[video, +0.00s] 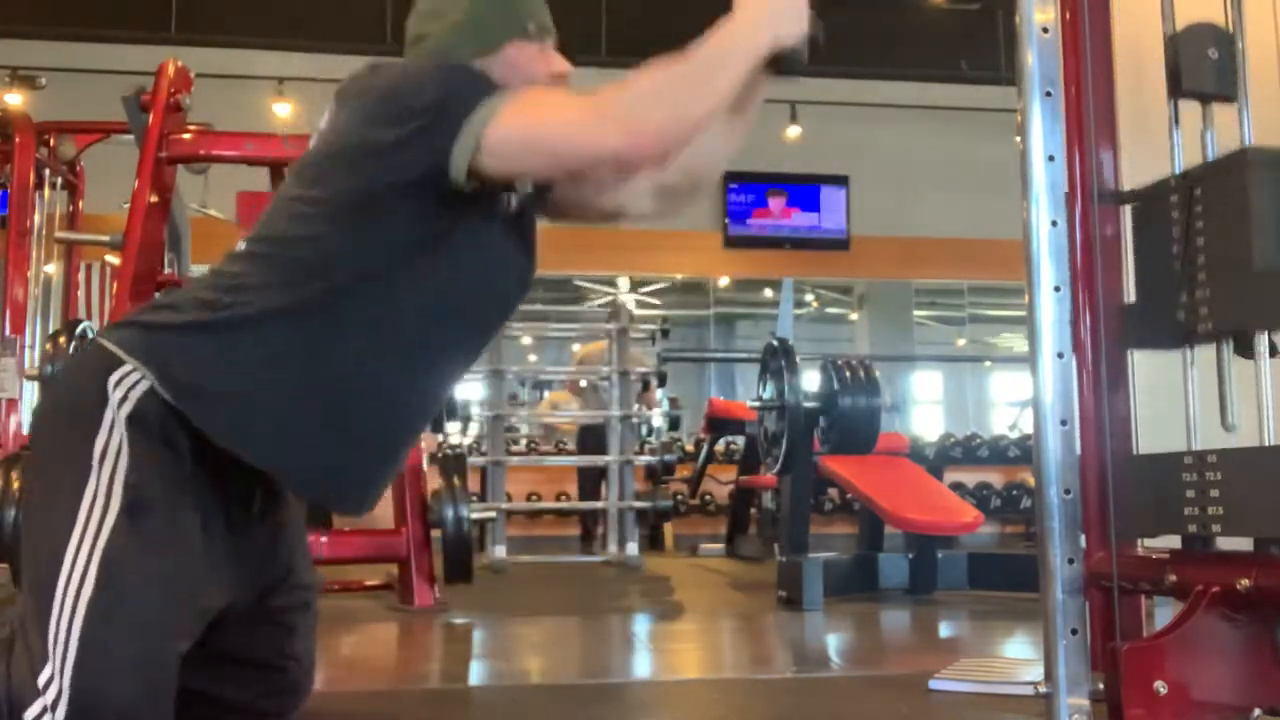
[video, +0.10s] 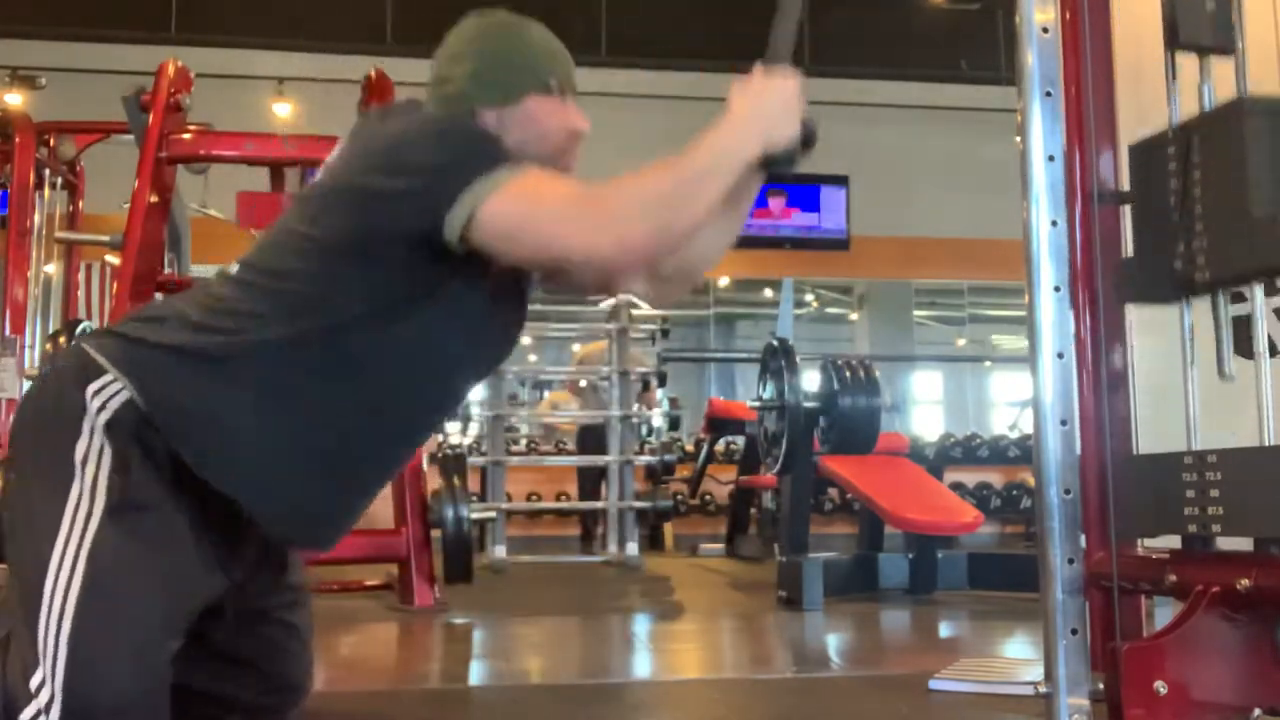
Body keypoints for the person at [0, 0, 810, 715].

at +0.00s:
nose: (561, 65)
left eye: (558, 49)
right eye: (543, 44)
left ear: (496, 58)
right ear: (480, 47)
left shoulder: (499, 175)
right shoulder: (412, 97)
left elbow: (652, 181)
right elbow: (622, 134)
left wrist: (751, 71)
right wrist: (751, 26)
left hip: (257, 485)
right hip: (144, 423)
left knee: (256, 694)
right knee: (79, 701)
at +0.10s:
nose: (582, 125)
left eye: (578, 102)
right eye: (566, 101)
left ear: (495, 105)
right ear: (505, 98)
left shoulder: (488, 209)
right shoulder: (421, 148)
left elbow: (651, 267)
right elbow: (615, 231)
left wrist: (751, 164)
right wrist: (746, 125)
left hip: (233, 502)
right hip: (126, 434)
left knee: (258, 688)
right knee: (79, 702)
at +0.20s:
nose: (592, 185)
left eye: (590, 162)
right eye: (575, 160)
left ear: (524, 167)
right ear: (506, 159)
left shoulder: (511, 263)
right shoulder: (421, 199)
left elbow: (647, 357)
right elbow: (592, 337)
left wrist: (734, 266)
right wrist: (725, 234)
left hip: (229, 527)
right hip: (106, 453)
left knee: (260, 688)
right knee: (78, 697)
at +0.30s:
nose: (601, 250)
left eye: (601, 225)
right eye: (584, 223)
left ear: (529, 228)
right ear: (509, 220)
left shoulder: (517, 319)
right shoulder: (420, 254)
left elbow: (606, 442)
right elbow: (540, 433)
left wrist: (701, 365)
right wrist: (701, 341)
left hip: (215, 520)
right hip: (97, 455)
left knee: (260, 686)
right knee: (77, 699)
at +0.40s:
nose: (602, 308)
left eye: (604, 286)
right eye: (594, 284)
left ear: (535, 282)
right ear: (532, 279)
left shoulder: (514, 356)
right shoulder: (412, 312)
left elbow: (556, 498)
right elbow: (493, 519)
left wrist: (669, 452)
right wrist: (669, 442)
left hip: (204, 512)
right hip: (85, 450)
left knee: (259, 687)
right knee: (81, 702)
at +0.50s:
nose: (596, 364)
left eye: (599, 343)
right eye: (586, 338)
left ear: (519, 329)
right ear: (521, 325)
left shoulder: (502, 408)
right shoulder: (402, 363)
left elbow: (529, 558)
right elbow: (448, 586)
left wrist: (641, 526)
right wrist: (634, 520)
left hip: (182, 505)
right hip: (75, 444)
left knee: (260, 674)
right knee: (82, 701)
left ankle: (77, 661)